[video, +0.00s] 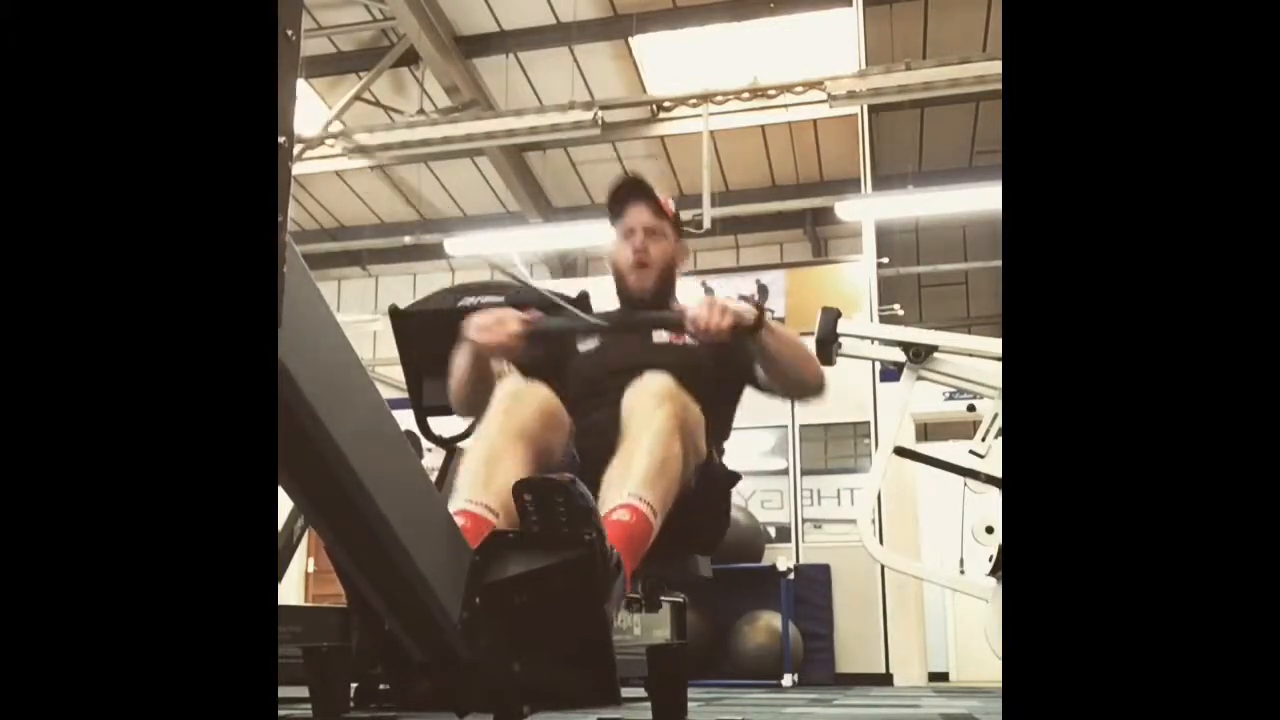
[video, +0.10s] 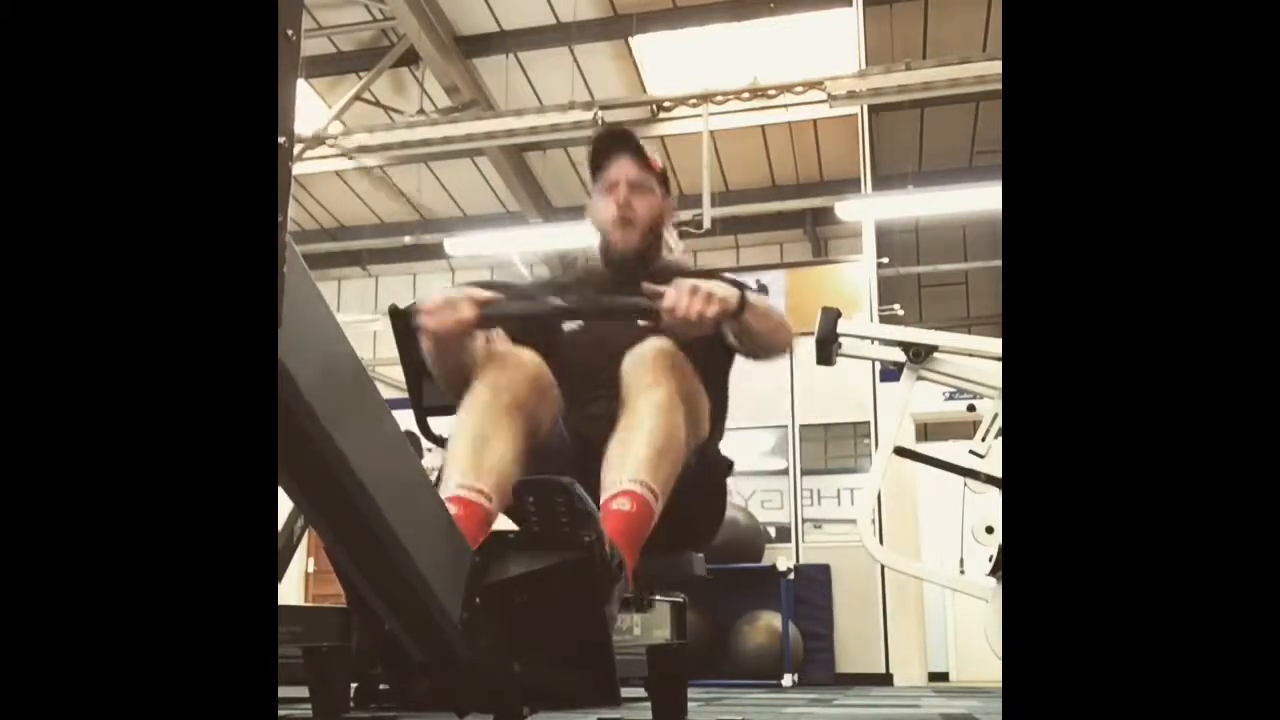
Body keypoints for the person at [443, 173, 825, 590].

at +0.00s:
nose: (639, 246)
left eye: (654, 235)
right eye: (628, 235)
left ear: (680, 250)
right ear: (612, 251)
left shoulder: (717, 329)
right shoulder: (571, 332)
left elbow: (809, 383)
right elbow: (468, 407)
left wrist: (753, 326)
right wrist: (473, 344)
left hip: (681, 501)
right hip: (568, 492)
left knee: (654, 391)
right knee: (521, 395)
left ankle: (606, 567)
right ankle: (458, 553)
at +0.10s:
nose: (622, 203)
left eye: (639, 190)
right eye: (609, 190)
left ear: (666, 208)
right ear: (590, 207)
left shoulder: (705, 293)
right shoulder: (551, 287)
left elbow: (778, 342)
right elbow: (461, 387)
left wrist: (734, 305)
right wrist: (445, 339)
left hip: (675, 497)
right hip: (559, 493)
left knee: (655, 357)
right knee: (510, 365)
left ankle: (606, 566)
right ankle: (445, 556)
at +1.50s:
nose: (577, 146)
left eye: (597, 137)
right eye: (563, 140)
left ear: (634, 163)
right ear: (545, 167)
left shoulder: (679, 240)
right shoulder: (512, 248)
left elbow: (704, 282)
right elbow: (440, 292)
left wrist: (662, 265)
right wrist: (364, 280)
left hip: (661, 484)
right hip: (543, 481)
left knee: (652, 332)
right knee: (493, 339)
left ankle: (607, 557)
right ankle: (444, 552)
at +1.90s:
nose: (656, 293)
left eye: (670, 284)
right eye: (645, 284)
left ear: (693, 296)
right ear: (630, 294)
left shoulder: (722, 363)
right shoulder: (588, 365)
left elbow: (804, 419)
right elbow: (504, 424)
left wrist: (754, 365)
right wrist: (516, 379)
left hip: (695, 492)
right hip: (594, 490)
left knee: (662, 470)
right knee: (539, 475)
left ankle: (612, 578)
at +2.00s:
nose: (655, 302)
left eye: (669, 293)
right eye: (645, 293)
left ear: (695, 304)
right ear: (630, 305)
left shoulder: (726, 368)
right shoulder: (596, 368)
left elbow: (825, 437)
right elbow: (505, 438)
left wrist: (773, 365)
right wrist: (535, 376)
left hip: (696, 498)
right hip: (595, 488)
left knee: (660, 461)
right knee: (537, 468)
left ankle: (605, 575)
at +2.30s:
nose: (632, 235)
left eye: (648, 223)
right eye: (620, 222)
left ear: (676, 239)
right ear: (605, 234)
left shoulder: (713, 313)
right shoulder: (563, 318)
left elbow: (793, 354)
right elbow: (466, 389)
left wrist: (743, 301)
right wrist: (453, 332)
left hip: (681, 496)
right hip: (565, 490)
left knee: (652, 375)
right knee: (514, 382)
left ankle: (607, 556)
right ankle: (453, 549)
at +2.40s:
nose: (614, 185)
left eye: (632, 174)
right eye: (599, 175)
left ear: (662, 197)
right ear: (580, 201)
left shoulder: (699, 273)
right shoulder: (543, 280)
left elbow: (764, 323)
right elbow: (458, 344)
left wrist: (716, 285)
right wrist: (419, 329)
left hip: (669, 489)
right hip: (550, 489)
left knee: (655, 345)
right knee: (493, 353)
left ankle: (605, 558)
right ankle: (442, 555)